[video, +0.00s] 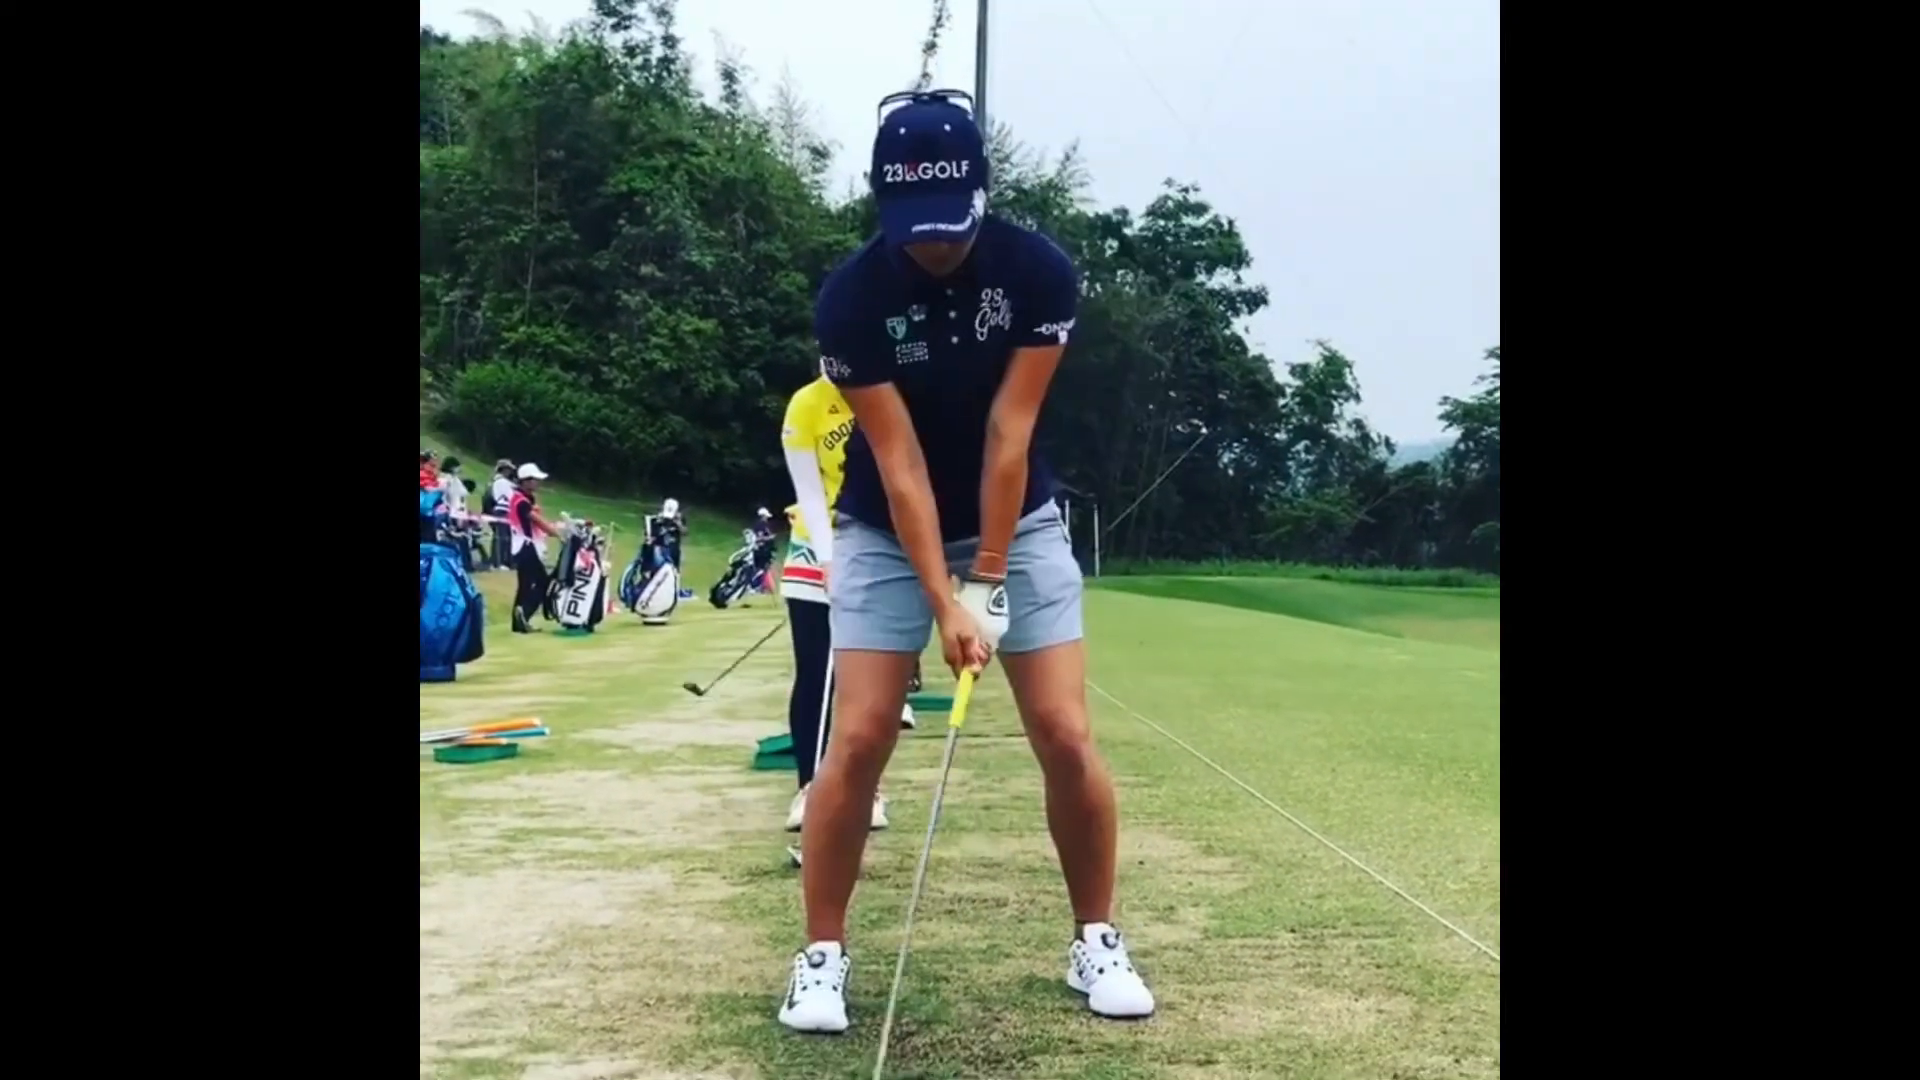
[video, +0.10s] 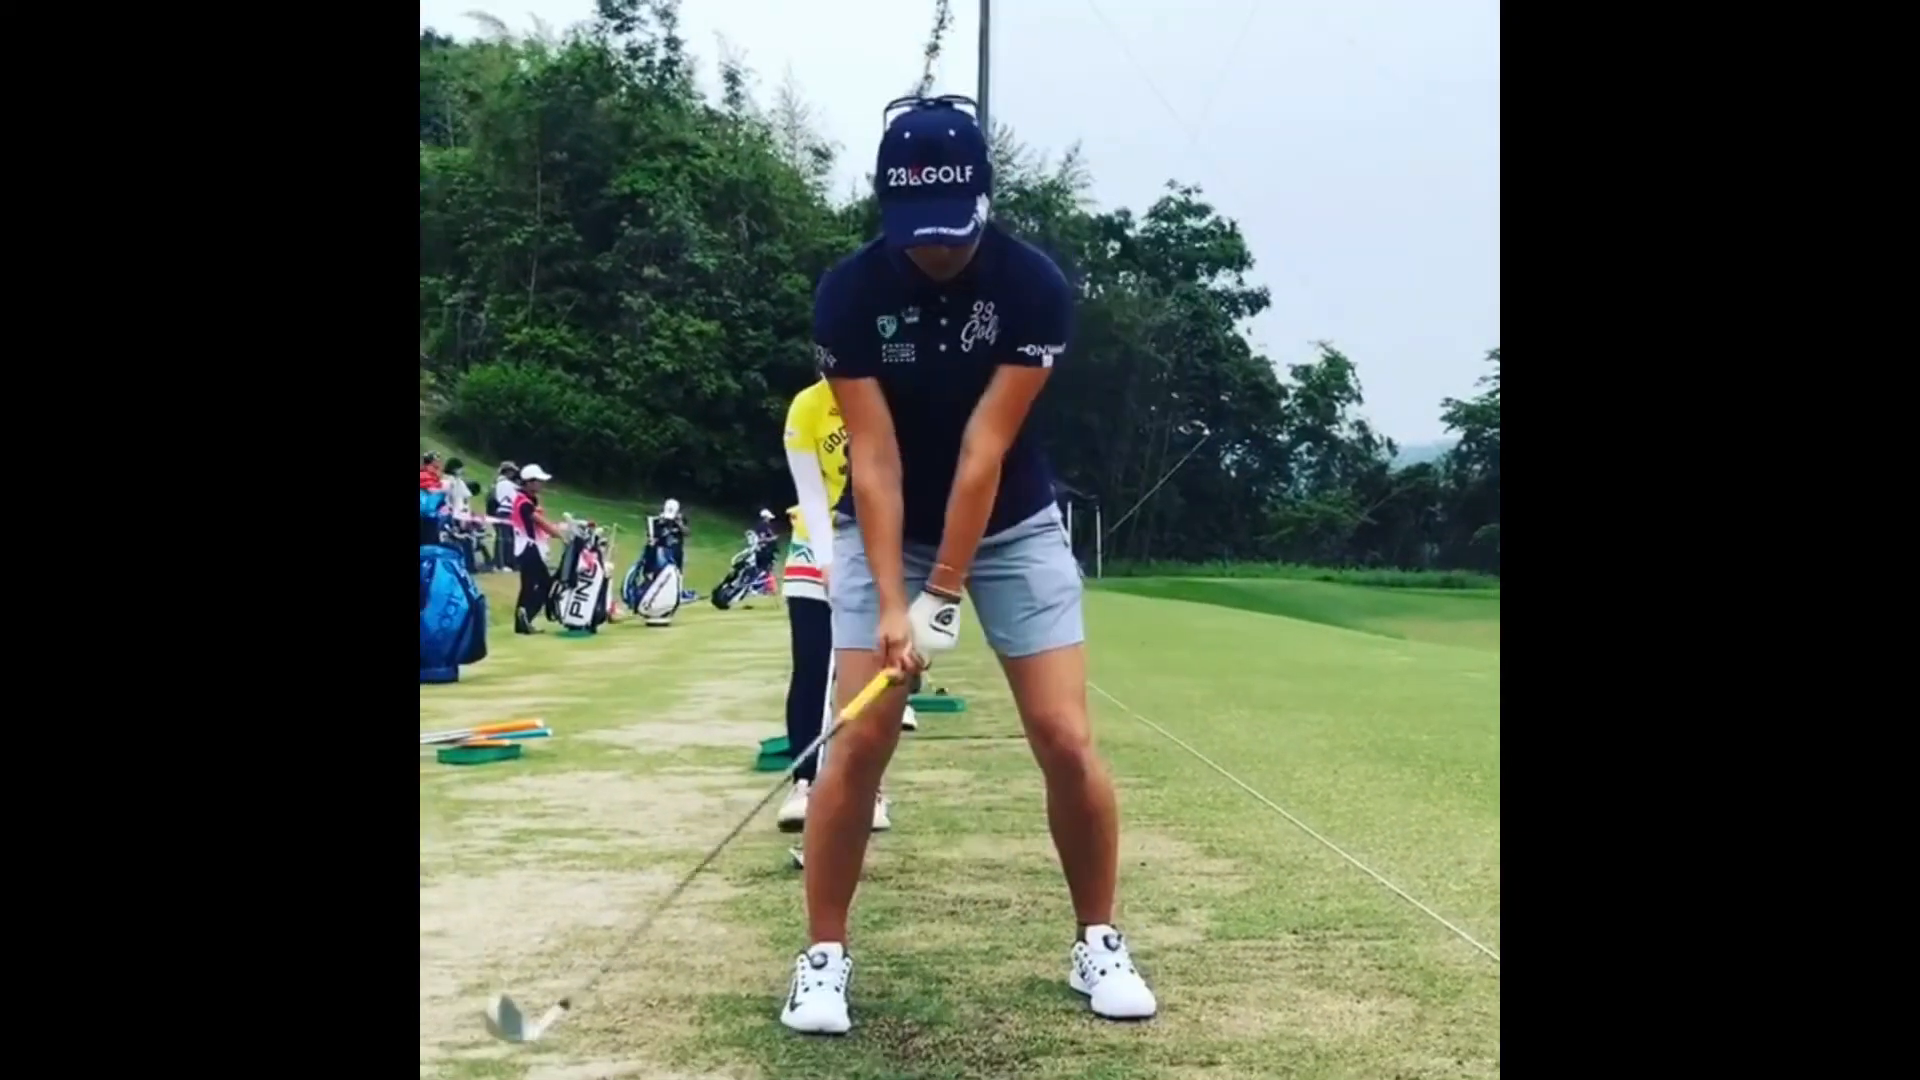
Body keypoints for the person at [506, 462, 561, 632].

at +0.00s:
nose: (538, 484)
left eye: (538, 480)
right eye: (535, 480)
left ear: (526, 482)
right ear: (525, 481)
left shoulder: (520, 498)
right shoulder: (522, 502)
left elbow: (537, 520)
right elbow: (539, 522)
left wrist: (554, 527)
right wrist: (557, 532)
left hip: (522, 543)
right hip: (525, 545)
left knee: (525, 583)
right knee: (542, 580)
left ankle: (518, 620)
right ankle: (525, 612)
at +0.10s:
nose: (541, 485)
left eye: (541, 482)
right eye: (538, 481)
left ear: (531, 483)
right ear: (529, 483)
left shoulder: (526, 500)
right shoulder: (525, 504)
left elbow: (540, 521)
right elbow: (542, 523)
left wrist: (558, 529)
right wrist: (560, 533)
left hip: (528, 546)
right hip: (528, 547)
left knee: (528, 584)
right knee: (545, 581)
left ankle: (521, 621)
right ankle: (527, 614)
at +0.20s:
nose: (542, 487)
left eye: (543, 483)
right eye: (539, 483)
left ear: (533, 485)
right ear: (530, 485)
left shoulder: (528, 502)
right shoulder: (526, 505)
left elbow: (542, 523)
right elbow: (543, 525)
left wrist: (559, 530)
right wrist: (561, 535)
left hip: (530, 547)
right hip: (530, 548)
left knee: (530, 586)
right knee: (547, 583)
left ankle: (523, 624)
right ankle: (529, 615)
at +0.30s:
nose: (545, 489)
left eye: (545, 485)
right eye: (542, 485)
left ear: (535, 487)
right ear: (532, 487)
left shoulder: (531, 504)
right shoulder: (528, 508)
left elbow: (544, 524)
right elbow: (546, 527)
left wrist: (561, 532)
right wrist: (563, 537)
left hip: (533, 549)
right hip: (531, 550)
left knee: (531, 588)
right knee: (548, 584)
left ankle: (525, 625)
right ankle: (531, 617)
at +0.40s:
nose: (545, 490)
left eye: (546, 487)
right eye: (542, 487)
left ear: (535, 489)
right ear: (533, 488)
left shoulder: (529, 506)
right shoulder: (530, 509)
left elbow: (545, 527)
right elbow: (547, 530)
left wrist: (564, 534)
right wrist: (566, 540)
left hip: (531, 551)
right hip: (532, 552)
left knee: (532, 589)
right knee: (549, 586)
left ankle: (525, 627)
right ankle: (531, 619)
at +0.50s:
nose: (545, 492)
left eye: (546, 488)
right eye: (542, 488)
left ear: (535, 491)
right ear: (533, 490)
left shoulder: (528, 507)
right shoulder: (529, 511)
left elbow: (545, 529)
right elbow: (546, 531)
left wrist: (562, 535)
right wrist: (565, 541)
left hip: (531, 553)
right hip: (532, 554)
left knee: (532, 591)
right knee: (549, 588)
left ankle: (526, 629)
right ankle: (531, 621)